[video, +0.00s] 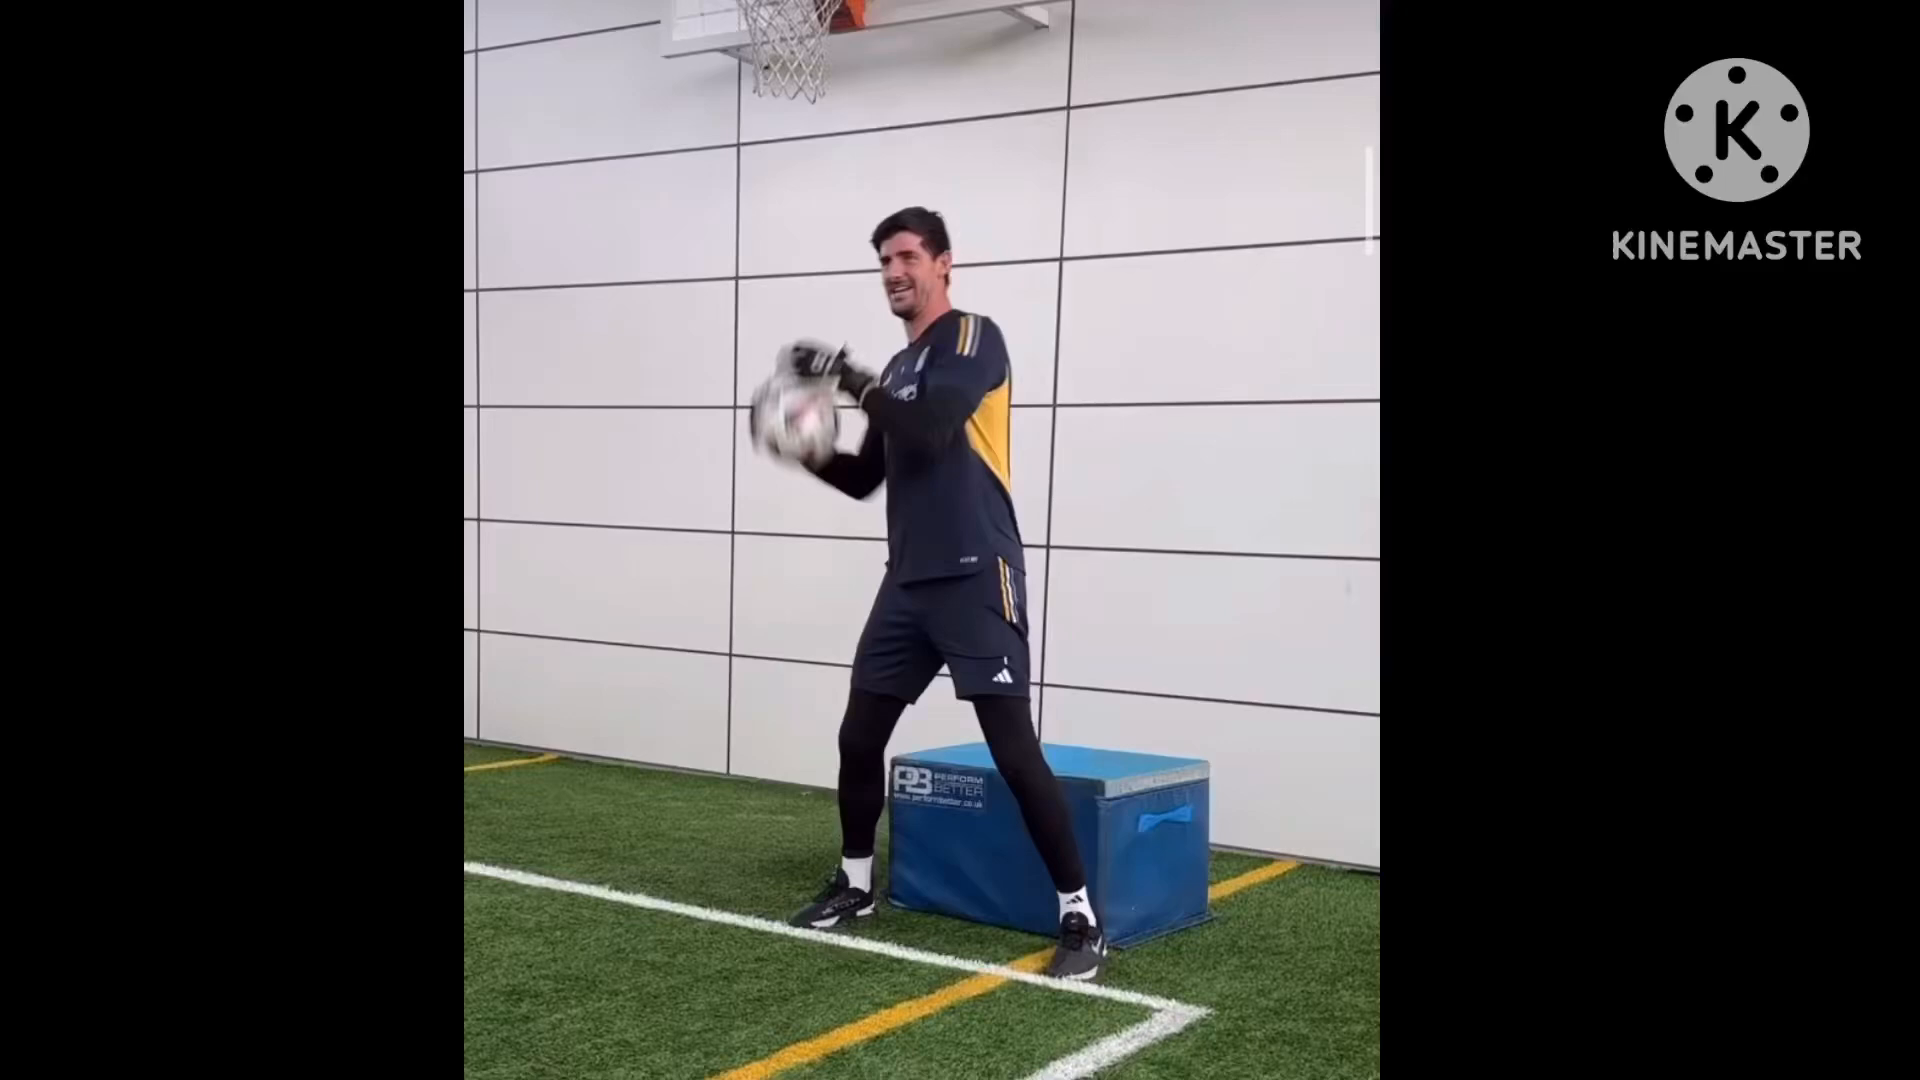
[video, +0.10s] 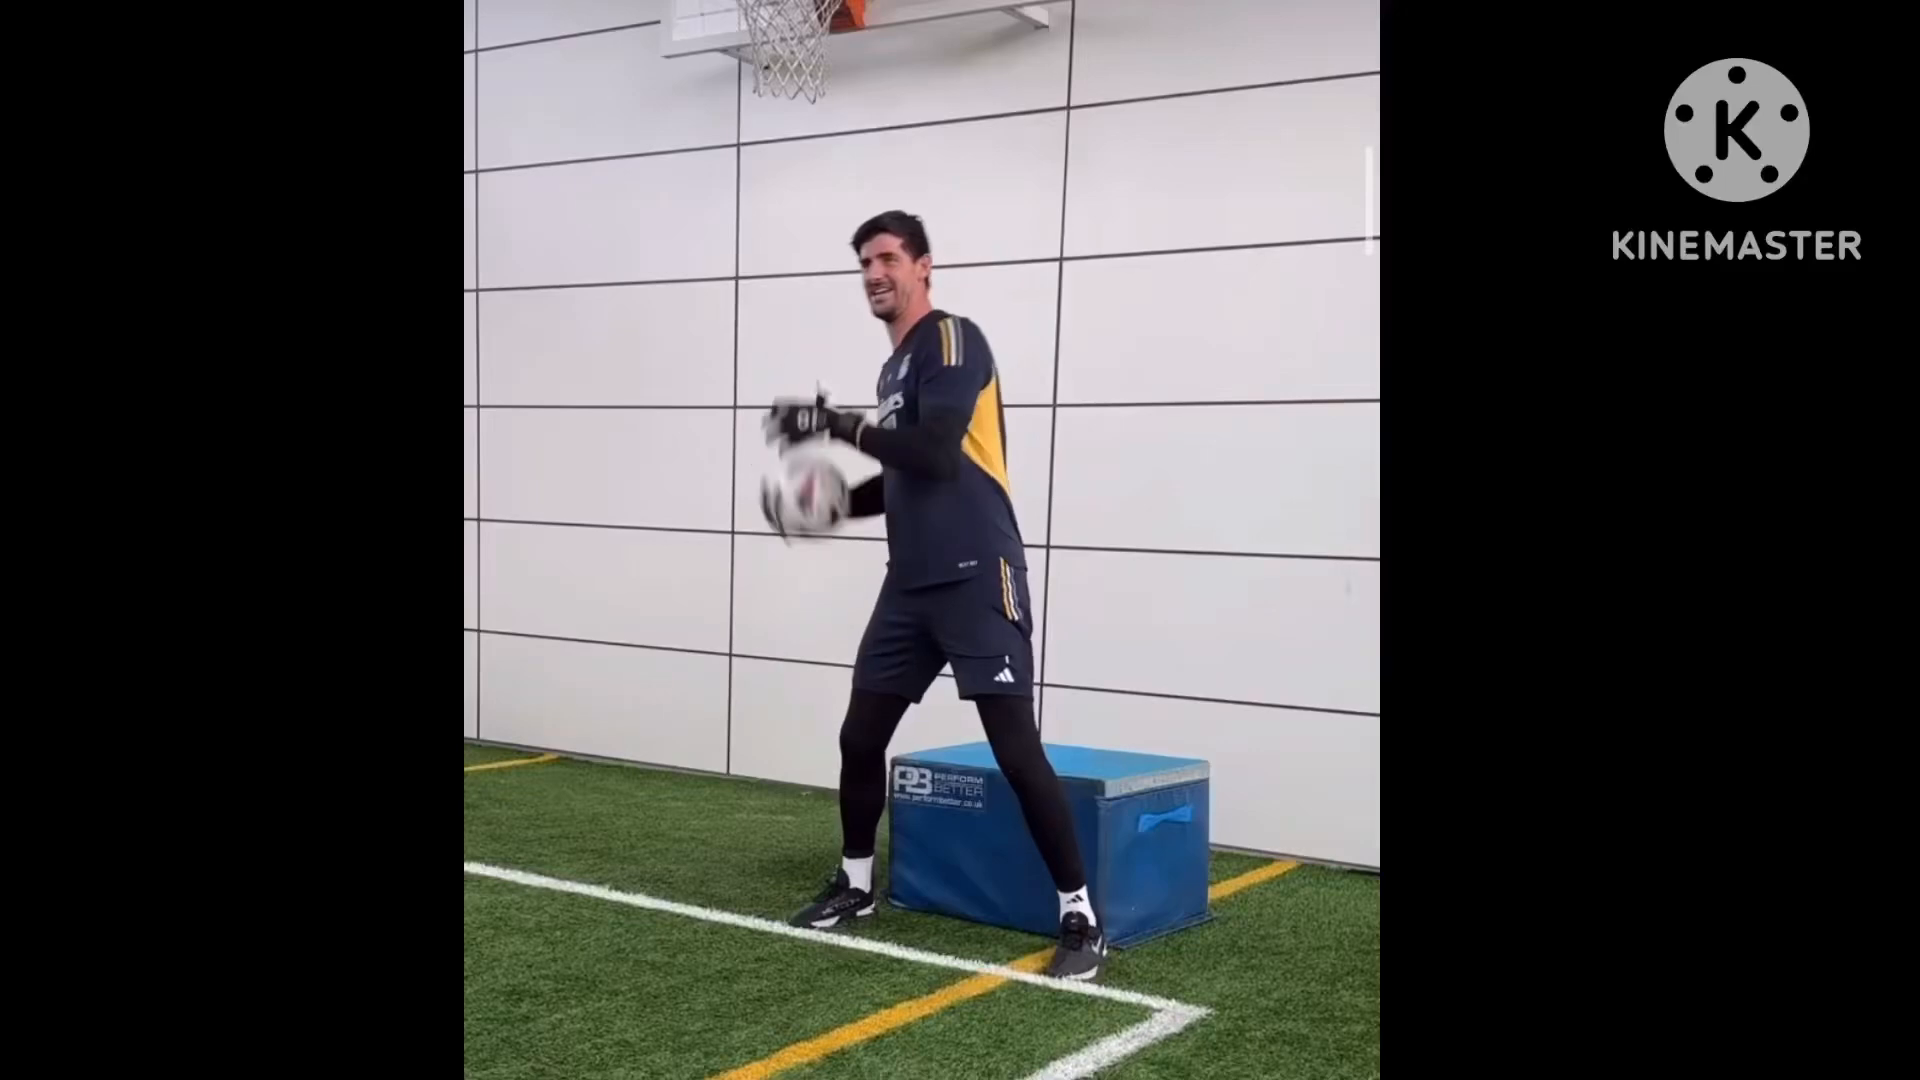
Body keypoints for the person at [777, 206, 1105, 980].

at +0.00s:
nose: (894, 273)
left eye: (907, 258)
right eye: (886, 262)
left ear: (944, 265)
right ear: (883, 275)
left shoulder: (975, 336)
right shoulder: (896, 372)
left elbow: (932, 426)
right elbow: (861, 478)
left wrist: (848, 377)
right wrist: (808, 445)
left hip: (979, 571)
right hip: (910, 578)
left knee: (1013, 748)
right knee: (860, 734)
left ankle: (1079, 918)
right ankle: (857, 885)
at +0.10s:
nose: (874, 276)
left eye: (887, 261)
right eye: (866, 266)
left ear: (925, 267)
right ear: (867, 279)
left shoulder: (953, 336)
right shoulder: (893, 373)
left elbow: (934, 450)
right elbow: (910, 480)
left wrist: (837, 423)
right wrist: (837, 505)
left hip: (979, 574)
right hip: (910, 581)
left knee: (1016, 747)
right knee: (860, 737)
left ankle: (1080, 918)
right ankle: (856, 887)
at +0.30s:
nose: (893, 164)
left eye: (908, 150)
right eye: (886, 152)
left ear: (945, 159)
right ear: (879, 165)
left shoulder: (990, 254)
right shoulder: (869, 262)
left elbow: (1056, 366)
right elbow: (868, 364)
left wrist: (1038, 476)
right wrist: (850, 462)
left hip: (976, 483)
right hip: (892, 484)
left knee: (1014, 653)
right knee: (843, 641)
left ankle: (1076, 822)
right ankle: (829, 789)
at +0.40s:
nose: (887, 194)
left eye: (901, 179)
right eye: (880, 181)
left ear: (939, 185)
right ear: (875, 192)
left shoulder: (990, 283)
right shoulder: (870, 292)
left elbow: (1056, 395)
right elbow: (865, 397)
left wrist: (1037, 508)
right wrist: (843, 493)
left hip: (978, 514)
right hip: (891, 517)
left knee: (1012, 673)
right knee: (836, 656)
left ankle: (1078, 833)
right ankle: (833, 800)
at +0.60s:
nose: (901, 187)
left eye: (914, 172)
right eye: (892, 174)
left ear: (950, 175)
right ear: (886, 183)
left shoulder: (988, 253)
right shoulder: (879, 274)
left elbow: (1014, 332)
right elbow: (798, 351)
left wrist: (921, 313)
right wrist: (780, 314)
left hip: (977, 496)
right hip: (894, 497)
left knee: (1016, 666)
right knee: (848, 650)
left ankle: (1076, 829)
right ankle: (836, 797)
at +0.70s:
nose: (908, 187)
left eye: (920, 172)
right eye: (898, 175)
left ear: (955, 172)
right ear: (891, 184)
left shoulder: (995, 243)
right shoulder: (880, 258)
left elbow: (975, 291)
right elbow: (790, 315)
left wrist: (868, 219)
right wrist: (784, 241)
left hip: (976, 485)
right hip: (897, 488)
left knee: (1018, 661)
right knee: (852, 649)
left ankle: (1076, 831)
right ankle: (835, 798)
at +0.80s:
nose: (902, 188)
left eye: (915, 173)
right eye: (894, 176)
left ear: (952, 172)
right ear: (889, 185)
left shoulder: (995, 247)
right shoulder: (889, 266)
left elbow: (962, 324)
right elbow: (814, 347)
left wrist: (879, 267)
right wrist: (797, 293)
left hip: (975, 487)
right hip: (897, 489)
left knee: (1018, 662)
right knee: (856, 650)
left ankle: (1076, 832)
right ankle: (835, 797)